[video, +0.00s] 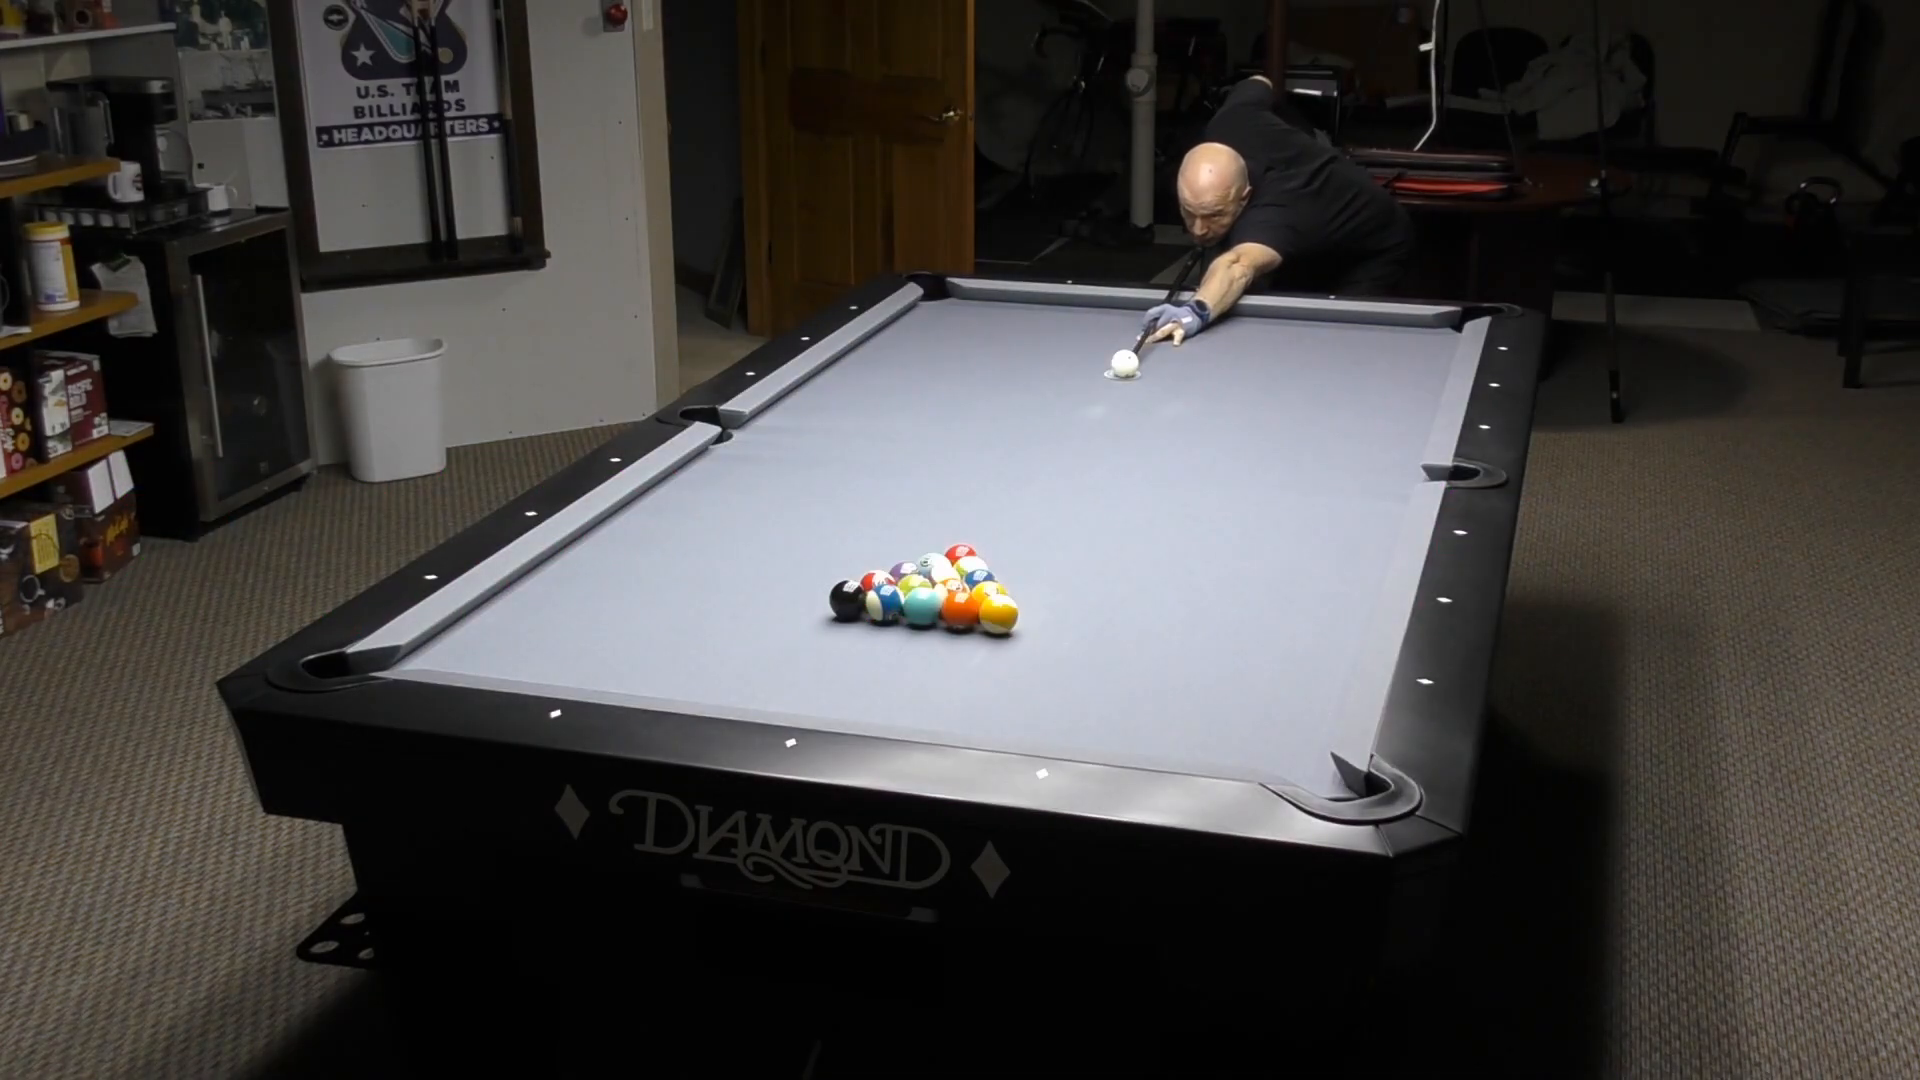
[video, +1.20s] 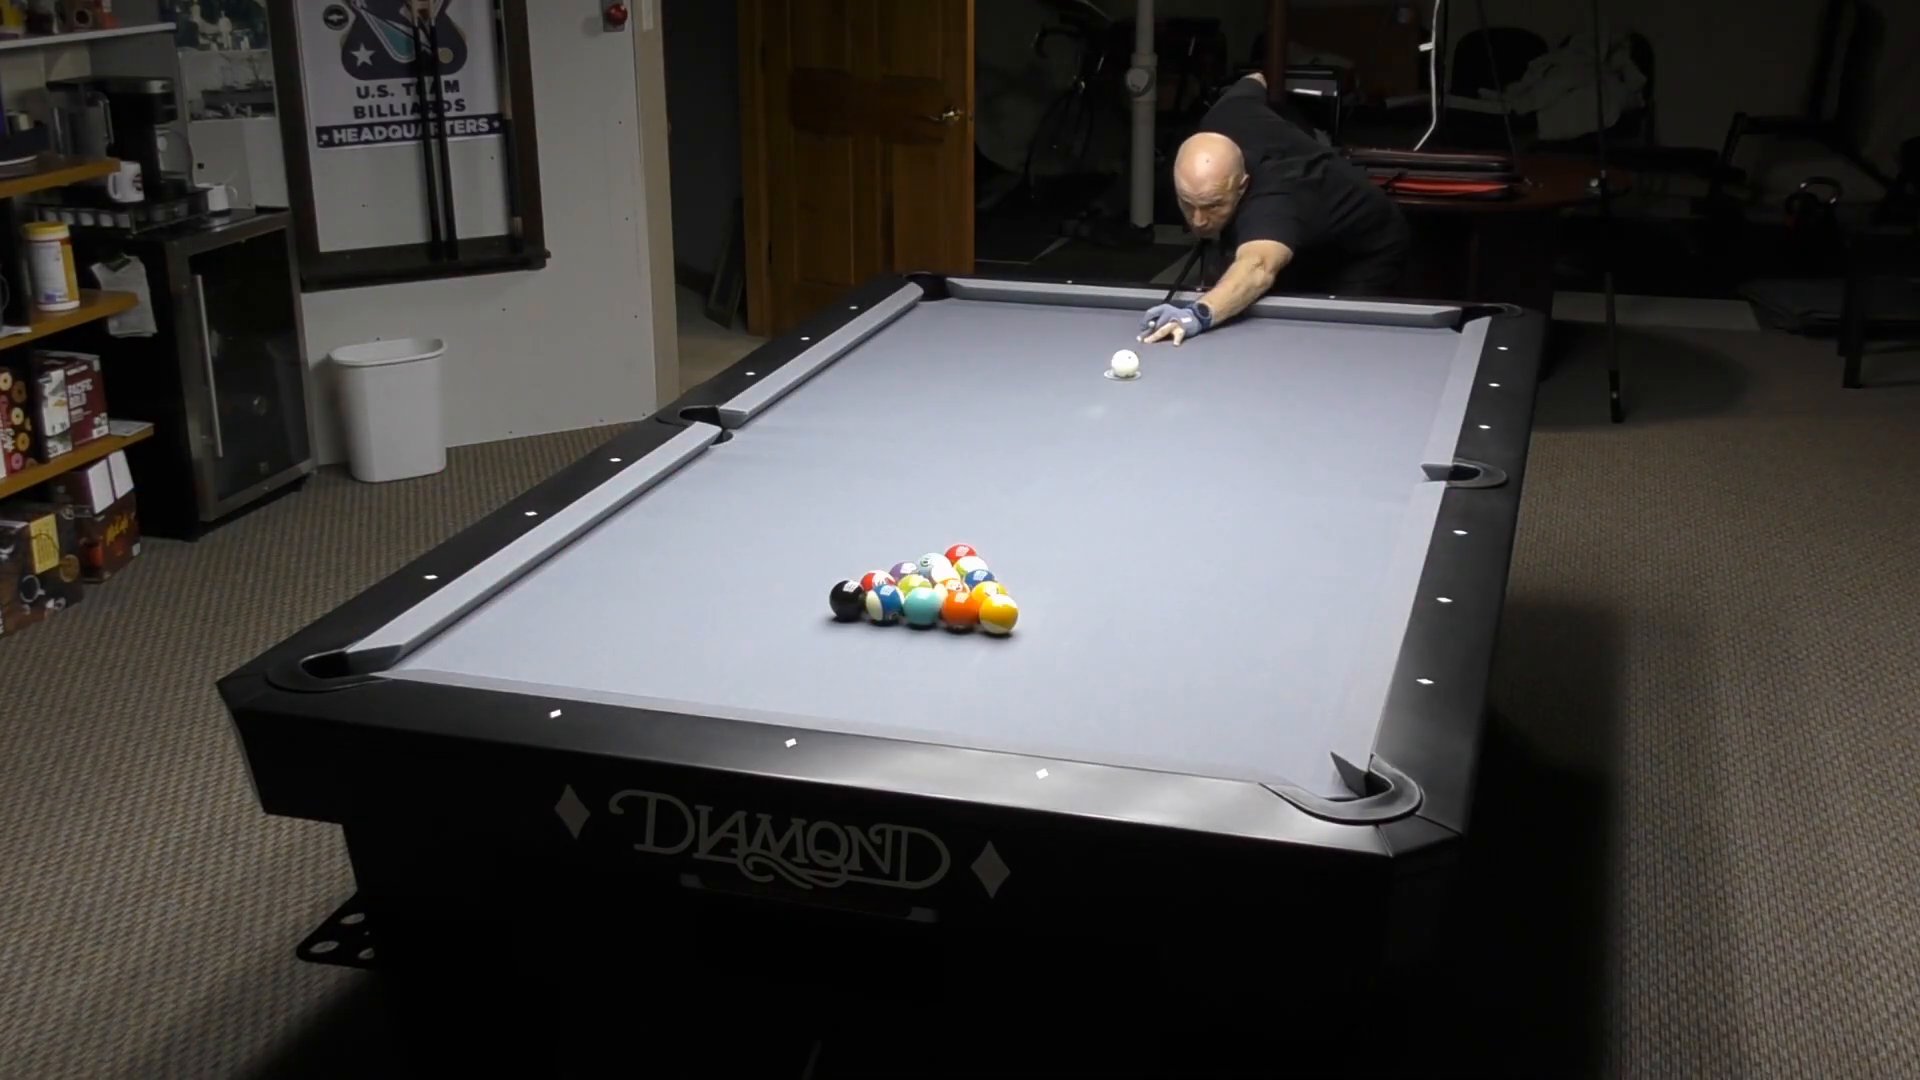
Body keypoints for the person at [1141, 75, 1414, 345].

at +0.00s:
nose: (1199, 231)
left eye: (1213, 217)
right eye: (1189, 215)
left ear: (1244, 195)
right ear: (1179, 187)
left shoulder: (1274, 215)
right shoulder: (1232, 121)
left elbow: (1238, 265)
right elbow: (1260, 80)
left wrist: (1194, 311)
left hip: (1379, 242)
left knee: (1338, 338)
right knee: (1279, 328)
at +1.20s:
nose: (1198, 221)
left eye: (1212, 207)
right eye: (1187, 205)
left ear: (1241, 184)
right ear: (1177, 181)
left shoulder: (1274, 196)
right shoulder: (1228, 113)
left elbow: (1258, 267)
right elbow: (1256, 78)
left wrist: (1198, 314)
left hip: (1373, 244)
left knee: (1338, 343)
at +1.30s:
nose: (1222, 174)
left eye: (1237, 161)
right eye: (1210, 159)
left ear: (1266, 138)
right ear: (1204, 127)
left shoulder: (1298, 170)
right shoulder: (1240, 78)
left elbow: (1277, 276)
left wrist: (1211, 316)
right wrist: (1221, 183)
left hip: (1363, 238)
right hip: (1295, 228)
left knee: (1342, 341)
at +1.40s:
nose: (1254, 94)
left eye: (1272, 80)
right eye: (1246, 74)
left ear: (1303, 72)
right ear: (1236, 60)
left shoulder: (1322, 129)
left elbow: (1291, 249)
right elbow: (1238, 106)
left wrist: (1214, 293)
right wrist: (1234, 162)